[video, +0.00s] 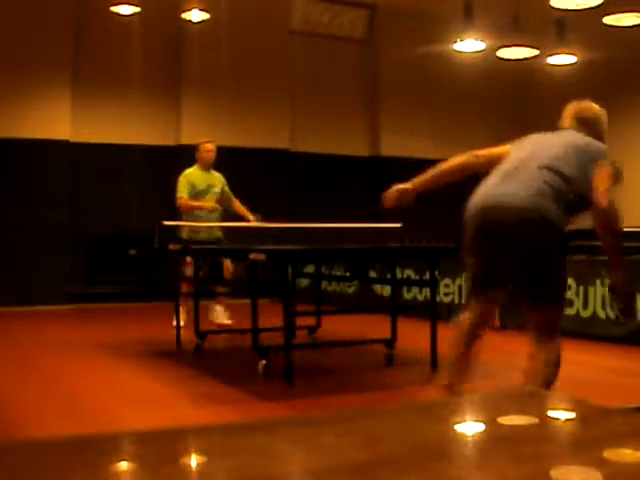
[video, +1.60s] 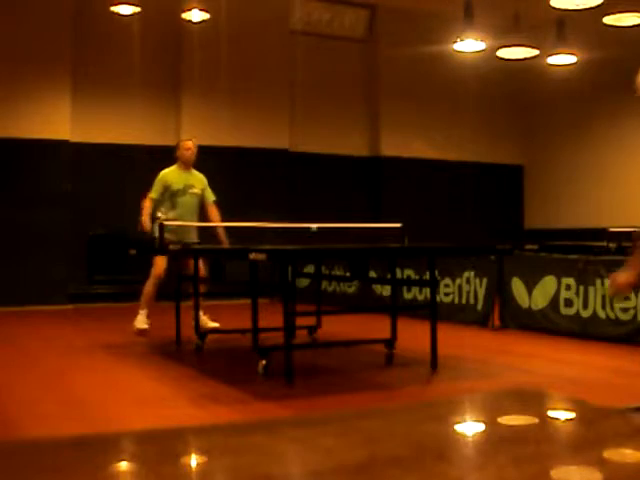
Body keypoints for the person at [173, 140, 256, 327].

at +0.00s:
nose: (210, 155)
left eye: (212, 152)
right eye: (207, 152)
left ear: (215, 154)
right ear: (198, 154)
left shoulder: (218, 178)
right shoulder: (187, 176)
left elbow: (231, 200)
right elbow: (182, 203)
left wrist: (248, 216)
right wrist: (205, 205)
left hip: (214, 235)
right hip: (192, 235)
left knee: (220, 271)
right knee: (188, 275)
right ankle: (182, 309)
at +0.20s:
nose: (206, 156)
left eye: (208, 153)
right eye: (202, 153)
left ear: (211, 155)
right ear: (193, 155)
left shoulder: (213, 180)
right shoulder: (182, 177)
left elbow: (226, 204)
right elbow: (175, 204)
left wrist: (238, 221)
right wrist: (196, 210)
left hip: (204, 234)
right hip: (181, 233)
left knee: (206, 272)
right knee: (171, 268)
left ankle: (207, 310)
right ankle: (160, 305)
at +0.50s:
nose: (190, 161)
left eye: (192, 157)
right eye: (186, 157)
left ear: (195, 160)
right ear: (177, 160)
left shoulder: (196, 185)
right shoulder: (165, 182)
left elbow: (203, 212)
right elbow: (157, 209)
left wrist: (211, 230)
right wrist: (174, 219)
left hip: (187, 236)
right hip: (165, 236)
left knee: (204, 270)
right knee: (156, 273)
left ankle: (205, 310)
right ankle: (138, 315)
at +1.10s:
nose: (174, 163)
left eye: (177, 160)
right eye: (171, 159)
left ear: (178, 161)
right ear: (161, 159)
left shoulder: (177, 183)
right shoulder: (148, 180)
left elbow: (180, 216)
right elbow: (146, 207)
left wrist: (186, 242)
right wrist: (163, 220)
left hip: (170, 234)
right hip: (148, 233)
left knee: (186, 272)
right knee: (147, 275)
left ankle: (196, 314)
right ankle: (133, 318)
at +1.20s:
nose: (173, 161)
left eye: (175, 157)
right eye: (169, 157)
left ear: (177, 160)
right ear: (159, 157)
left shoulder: (177, 183)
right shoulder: (147, 180)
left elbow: (181, 214)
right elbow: (143, 196)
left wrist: (186, 241)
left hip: (172, 235)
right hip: (149, 234)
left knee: (187, 273)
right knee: (147, 276)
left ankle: (196, 314)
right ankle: (134, 318)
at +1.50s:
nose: (186, 158)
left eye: (189, 154)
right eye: (183, 154)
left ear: (192, 158)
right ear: (174, 156)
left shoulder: (196, 183)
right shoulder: (162, 178)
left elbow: (205, 212)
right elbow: (144, 196)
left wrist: (214, 239)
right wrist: (140, 196)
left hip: (186, 239)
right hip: (163, 239)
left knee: (200, 272)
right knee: (154, 275)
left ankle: (199, 314)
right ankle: (136, 316)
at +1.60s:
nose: (189, 152)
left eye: (192, 149)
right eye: (186, 149)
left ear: (196, 153)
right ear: (178, 153)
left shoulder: (200, 179)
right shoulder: (166, 175)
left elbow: (211, 207)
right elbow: (150, 199)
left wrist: (221, 233)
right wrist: (145, 219)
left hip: (190, 236)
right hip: (167, 235)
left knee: (199, 274)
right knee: (158, 273)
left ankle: (200, 315)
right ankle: (142, 313)